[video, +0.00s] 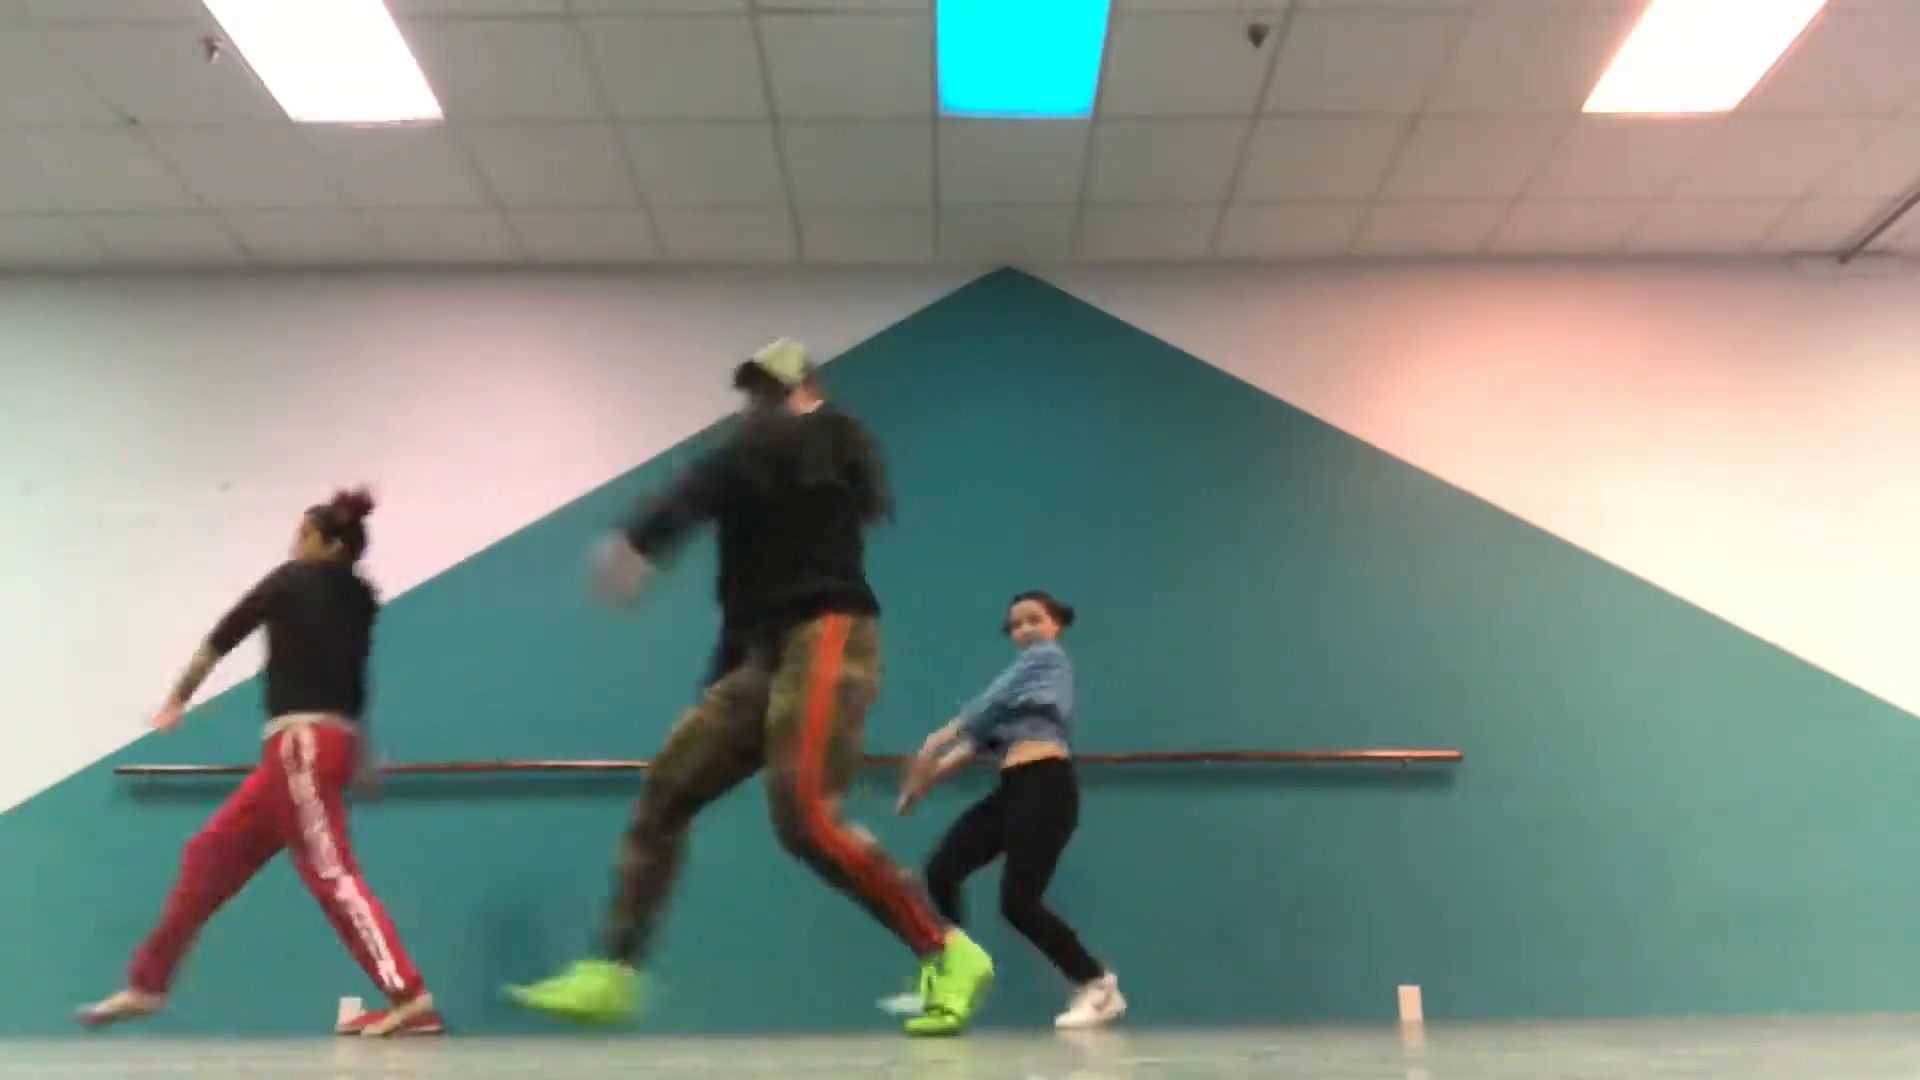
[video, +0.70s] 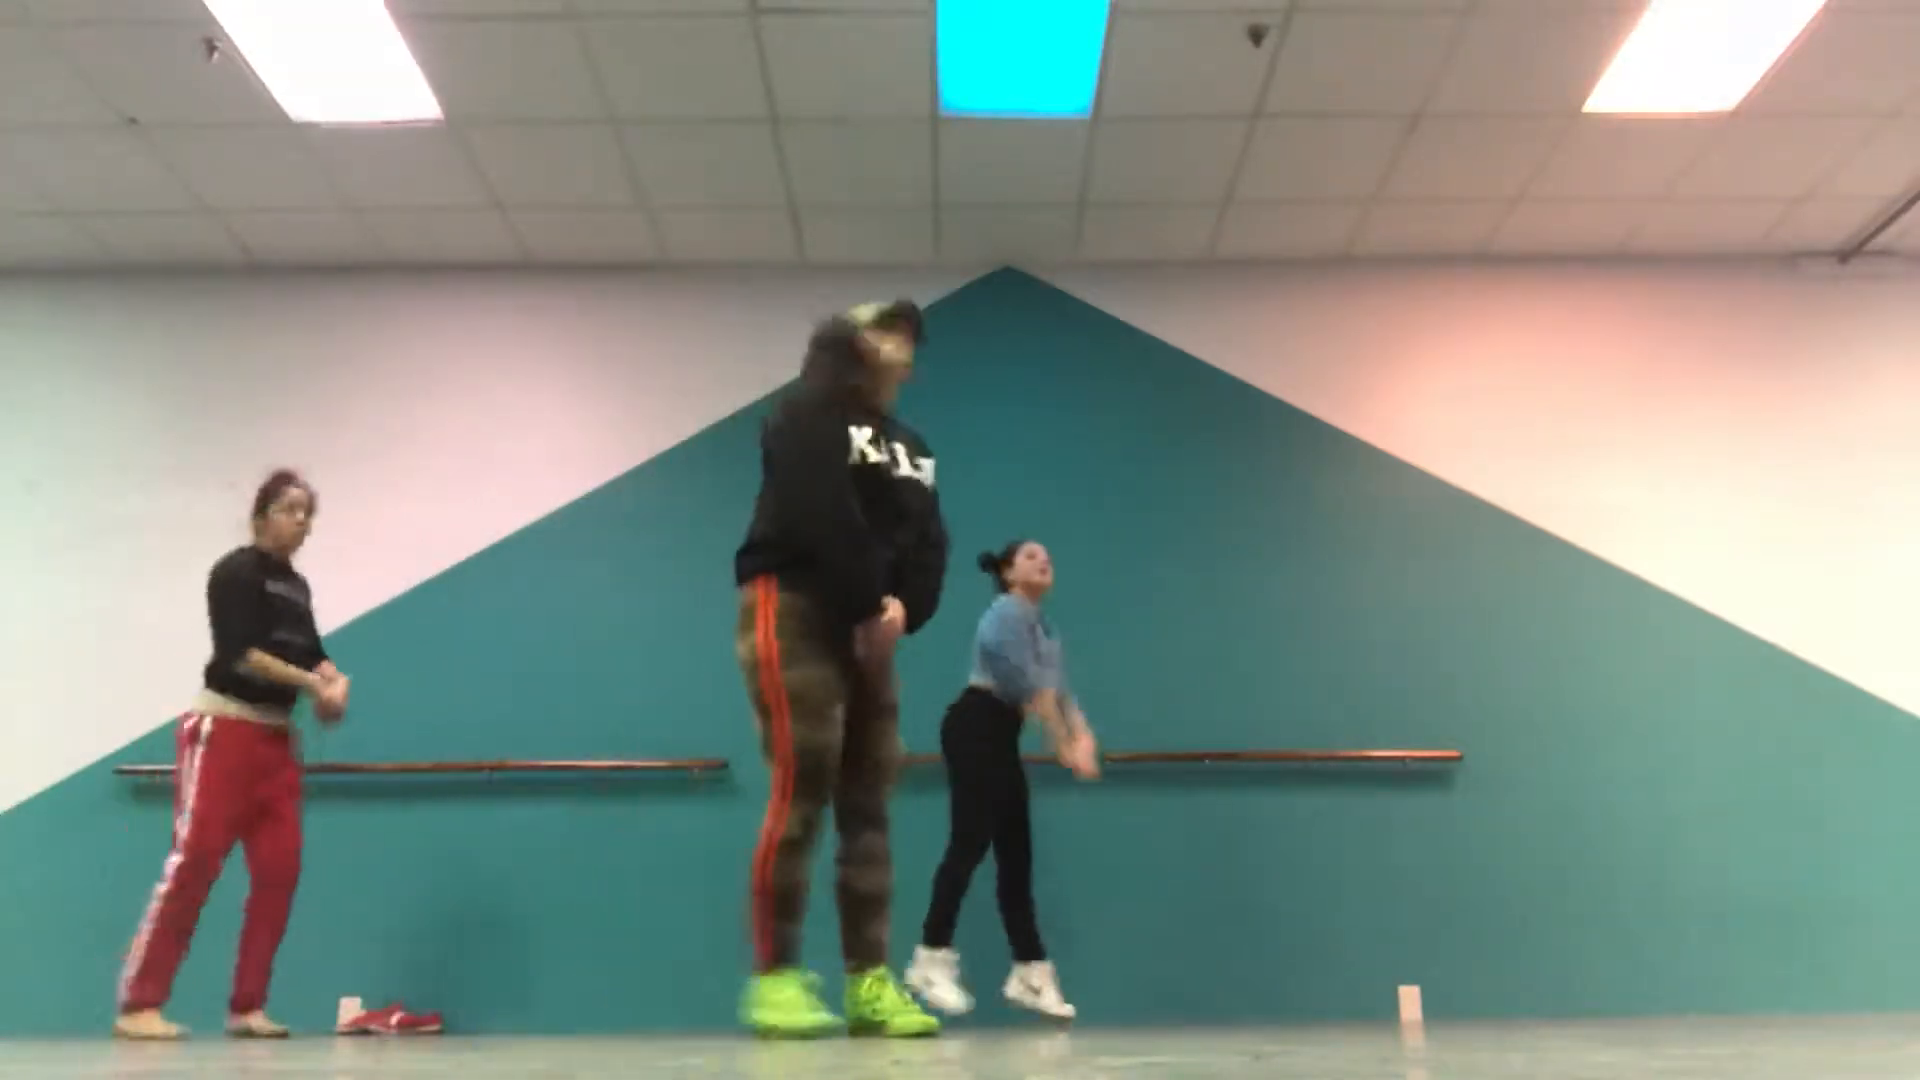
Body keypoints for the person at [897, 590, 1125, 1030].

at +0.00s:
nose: (1023, 630)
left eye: (1033, 620)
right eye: (1015, 625)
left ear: (1056, 624)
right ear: (1010, 635)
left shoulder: (1046, 658)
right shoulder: (1021, 676)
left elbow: (988, 705)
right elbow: (976, 739)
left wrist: (940, 740)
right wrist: (928, 775)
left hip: (1046, 789)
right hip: (1012, 792)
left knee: (1019, 903)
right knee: (941, 873)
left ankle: (1097, 985)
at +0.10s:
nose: (982, 643)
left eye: (994, 636)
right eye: (978, 635)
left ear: (1016, 644)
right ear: (970, 643)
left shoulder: (1019, 686)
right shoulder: (980, 692)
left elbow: (996, 758)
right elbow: (950, 750)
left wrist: (961, 806)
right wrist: (925, 802)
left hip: (1026, 806)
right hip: (985, 802)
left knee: (1012, 908)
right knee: (919, 891)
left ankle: (1088, 982)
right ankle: (869, 991)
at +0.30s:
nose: (996, 673)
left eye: (1006, 666)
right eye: (987, 664)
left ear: (1019, 679)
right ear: (970, 673)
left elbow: (1056, 779)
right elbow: (930, 791)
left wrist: (1031, 819)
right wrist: (987, 809)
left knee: (1052, 896)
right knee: (910, 901)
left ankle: (1023, 993)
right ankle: (870, 995)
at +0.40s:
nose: (1033, 676)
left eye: (1041, 669)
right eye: (1024, 666)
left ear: (1047, 675)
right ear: (1001, 667)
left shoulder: (1026, 718)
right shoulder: (982, 715)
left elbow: (1039, 788)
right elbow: (978, 797)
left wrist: (1046, 851)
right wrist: (1009, 856)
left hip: (986, 820)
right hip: (947, 817)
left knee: (1057, 891)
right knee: (955, 928)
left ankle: (1023, 992)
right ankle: (871, 1001)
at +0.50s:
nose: (1046, 658)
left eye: (1054, 652)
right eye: (1040, 647)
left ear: (1058, 657)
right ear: (1017, 644)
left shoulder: (1034, 700)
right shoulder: (1001, 680)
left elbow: (1040, 777)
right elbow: (1005, 770)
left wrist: (1039, 832)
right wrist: (1020, 836)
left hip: (1001, 796)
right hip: (964, 792)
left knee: (1056, 889)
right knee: (971, 908)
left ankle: (1023, 991)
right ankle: (881, 993)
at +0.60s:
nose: (1053, 606)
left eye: (1055, 598)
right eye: (1046, 595)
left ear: (1047, 604)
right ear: (1020, 596)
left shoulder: (1033, 647)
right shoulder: (1003, 636)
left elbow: (1043, 723)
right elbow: (1014, 720)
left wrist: (1053, 777)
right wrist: (1031, 785)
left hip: (1009, 752)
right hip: (976, 749)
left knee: (1033, 869)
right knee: (971, 867)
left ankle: (1023, 987)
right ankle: (906, 959)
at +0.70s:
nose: (1043, 563)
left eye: (1046, 558)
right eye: (1031, 558)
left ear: (1051, 575)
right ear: (1008, 573)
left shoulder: (1043, 628)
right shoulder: (1005, 617)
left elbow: (1059, 691)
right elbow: (1031, 690)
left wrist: (1080, 735)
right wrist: (1061, 741)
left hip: (1004, 727)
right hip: (974, 721)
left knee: (1015, 844)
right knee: (970, 840)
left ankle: (1030, 968)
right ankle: (930, 960)